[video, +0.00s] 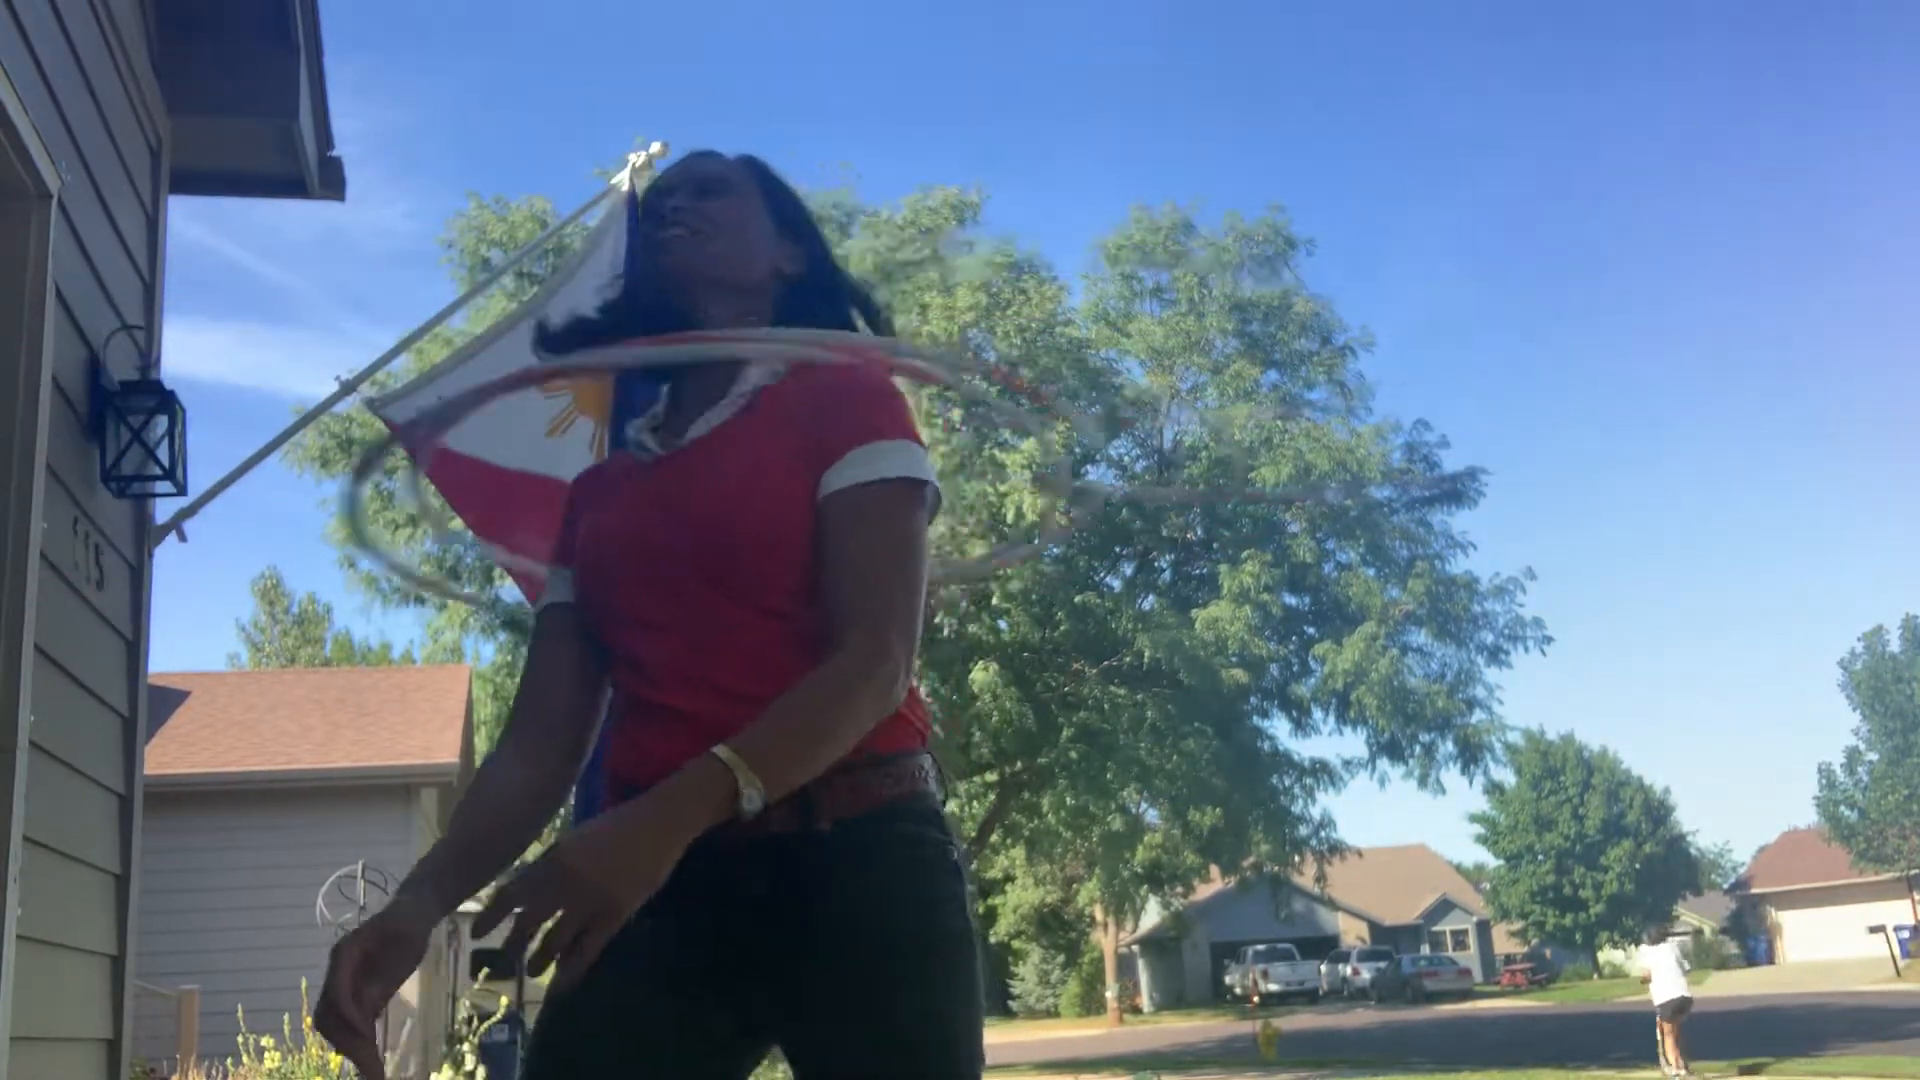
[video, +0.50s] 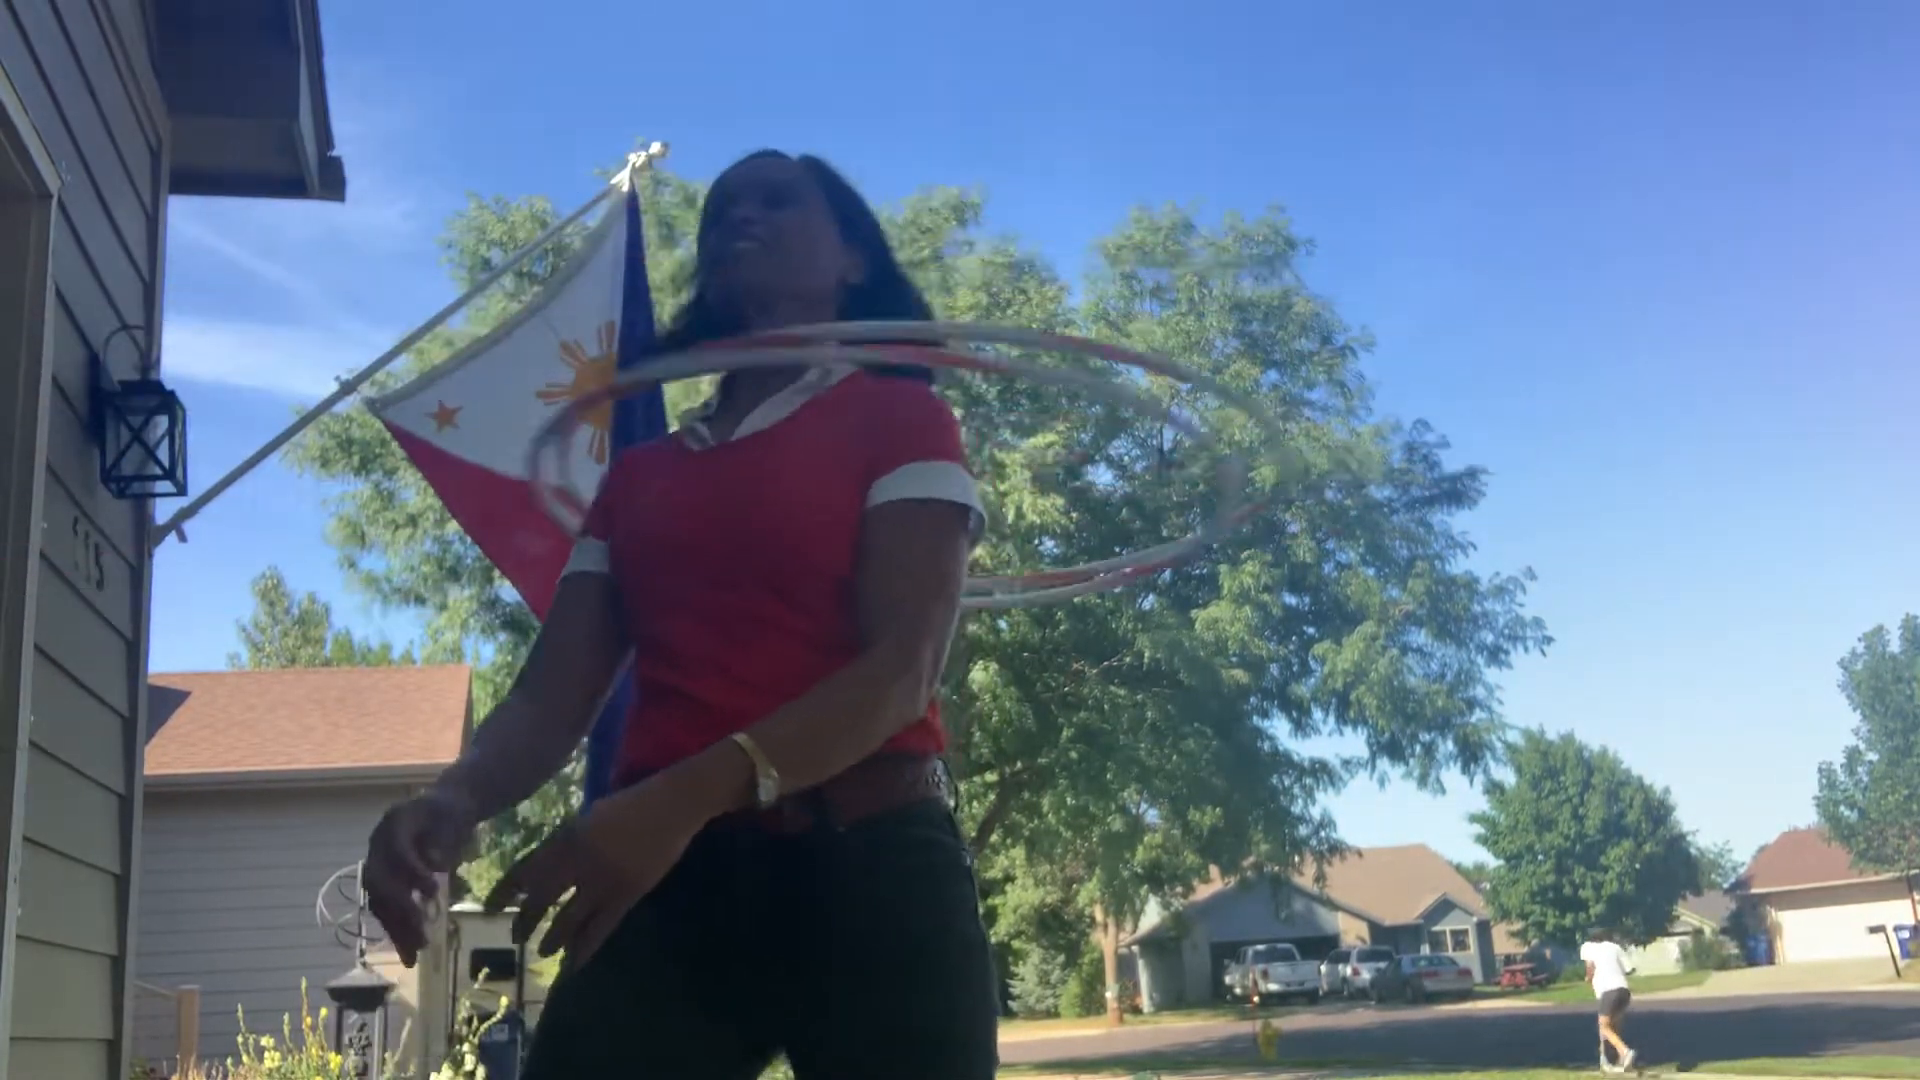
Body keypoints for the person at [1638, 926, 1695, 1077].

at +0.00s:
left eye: (1647, 936)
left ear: (1648, 937)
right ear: (1664, 935)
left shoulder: (1646, 951)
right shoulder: (1672, 946)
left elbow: (1646, 976)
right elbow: (1686, 967)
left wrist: (1644, 979)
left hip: (1666, 996)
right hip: (1684, 993)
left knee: (1669, 1034)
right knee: (1675, 1031)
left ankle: (1675, 1068)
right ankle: (1681, 1065)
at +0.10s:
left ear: (1635, 938)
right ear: (1651, 937)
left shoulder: (1632, 950)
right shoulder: (1657, 948)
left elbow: (1632, 975)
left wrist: (1630, 980)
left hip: (1654, 997)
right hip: (1672, 992)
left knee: (1664, 1039)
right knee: (1660, 1030)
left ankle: (1673, 1070)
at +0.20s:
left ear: (1624, 940)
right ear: (1638, 937)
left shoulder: (1624, 952)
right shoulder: (1647, 948)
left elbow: (1622, 975)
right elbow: (1659, 968)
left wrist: (1619, 980)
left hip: (1644, 993)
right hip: (1659, 990)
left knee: (1653, 1031)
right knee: (1645, 1027)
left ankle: (1669, 1064)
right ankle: (1658, 1063)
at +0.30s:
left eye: (1611, 941)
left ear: (1613, 939)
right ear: (1628, 936)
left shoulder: (1611, 950)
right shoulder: (1637, 946)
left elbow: (1611, 974)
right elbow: (1648, 969)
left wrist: (1612, 978)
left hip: (1631, 992)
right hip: (1648, 989)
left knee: (1639, 1029)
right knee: (1636, 1027)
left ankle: (1656, 1057)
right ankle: (1647, 1063)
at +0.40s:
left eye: (1600, 935)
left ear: (1600, 937)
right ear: (1615, 934)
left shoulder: (1598, 946)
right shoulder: (1627, 946)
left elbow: (1599, 963)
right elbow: (1639, 969)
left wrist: (1601, 976)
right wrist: (1624, 975)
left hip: (1618, 989)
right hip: (1635, 988)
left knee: (1622, 1026)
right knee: (1626, 1026)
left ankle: (1642, 1051)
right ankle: (1635, 1063)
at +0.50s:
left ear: (1591, 937)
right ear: (1606, 937)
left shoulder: (1588, 946)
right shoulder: (1615, 946)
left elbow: (1590, 965)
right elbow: (1627, 968)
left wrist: (1589, 978)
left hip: (1608, 988)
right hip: (1624, 987)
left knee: (1604, 1026)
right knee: (1614, 1026)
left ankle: (1625, 1052)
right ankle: (1619, 1062)